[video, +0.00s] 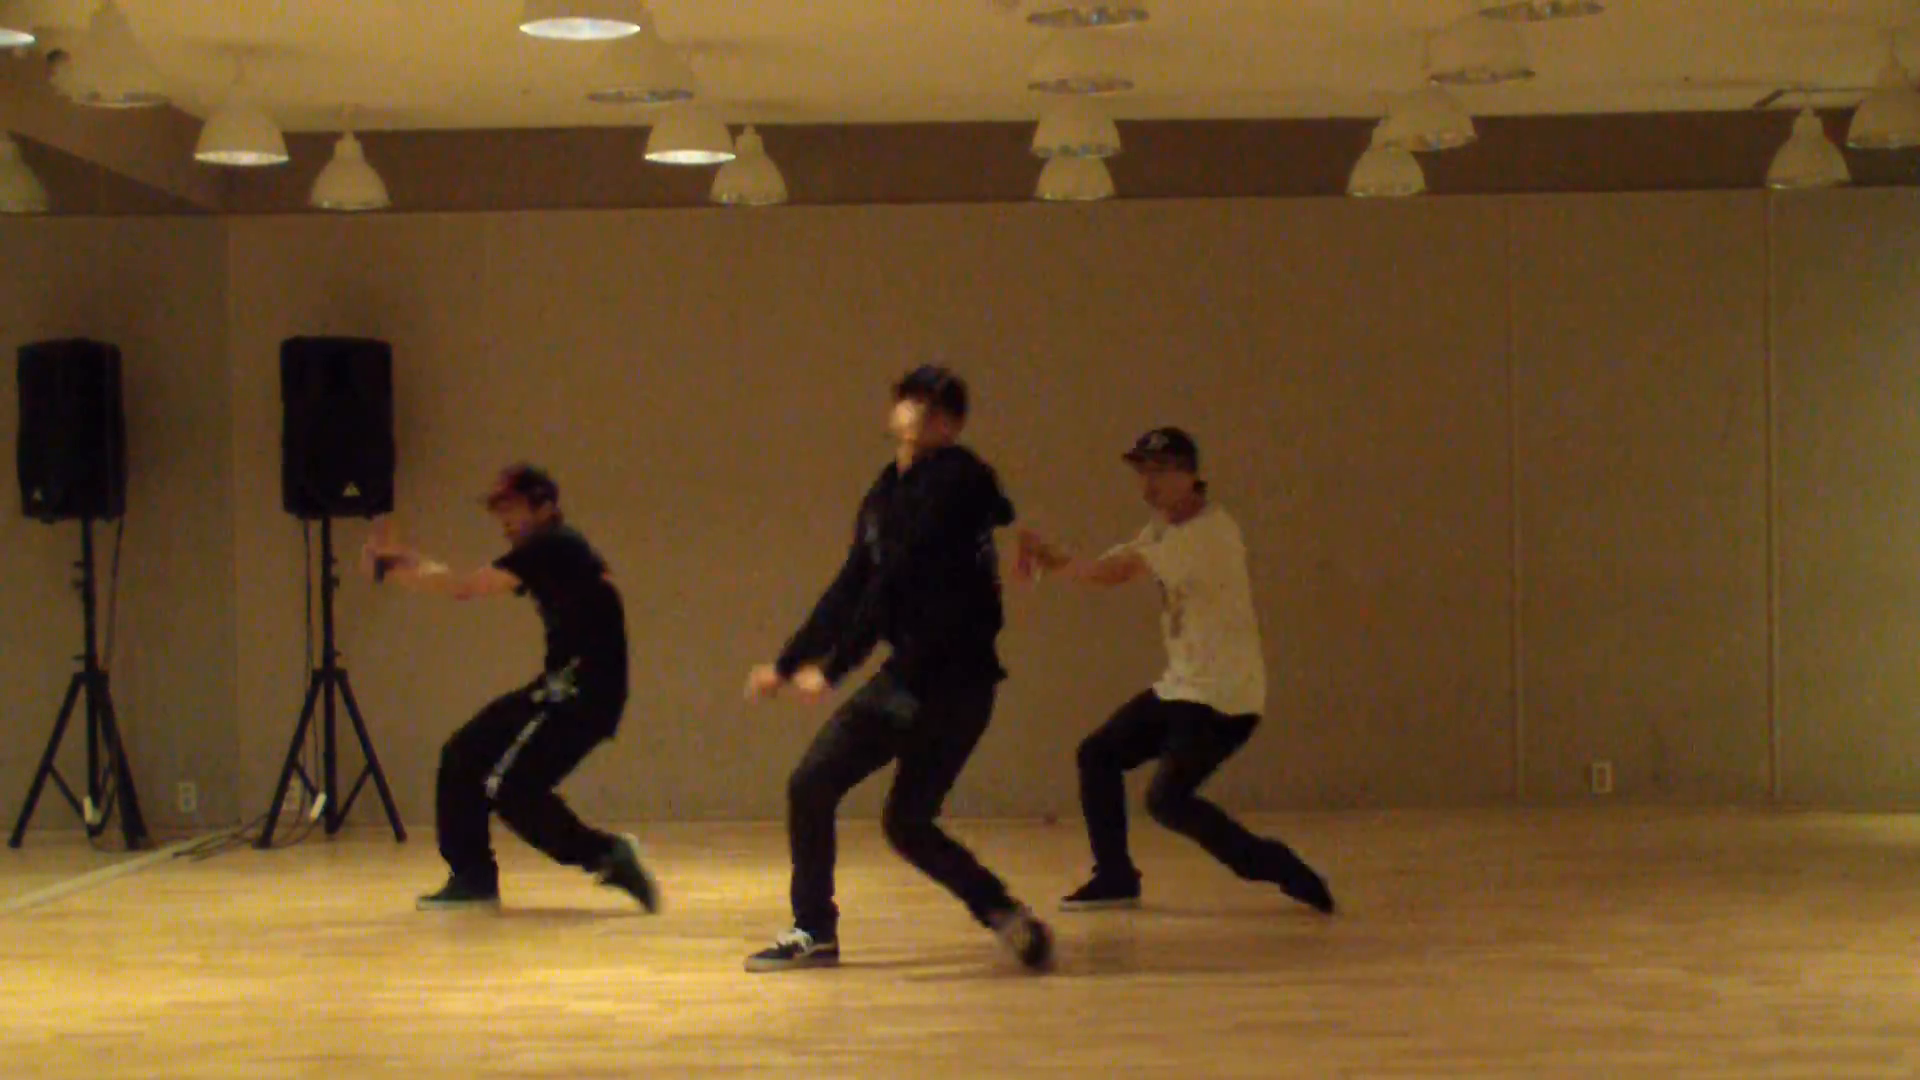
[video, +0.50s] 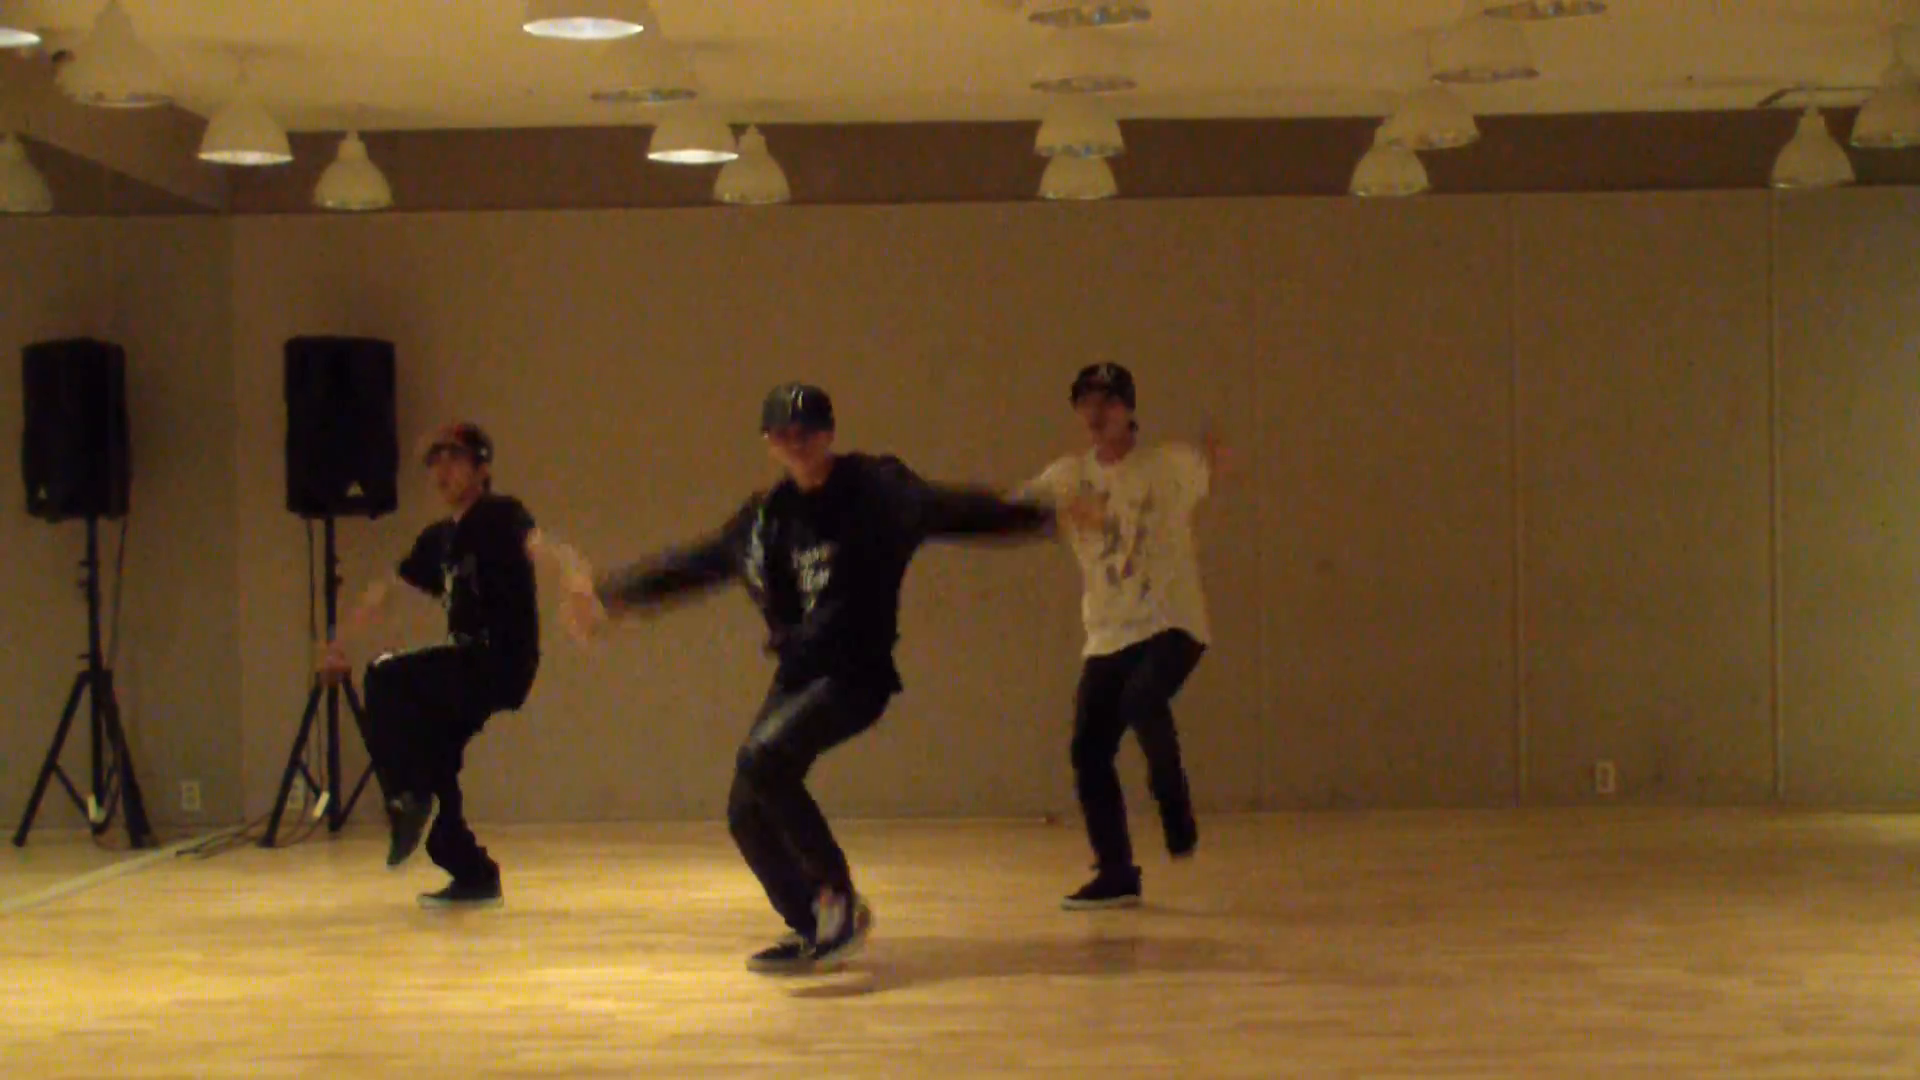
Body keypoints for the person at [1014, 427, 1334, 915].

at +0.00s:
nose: (1148, 484)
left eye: (1159, 472)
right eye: (1143, 473)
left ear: (1189, 476)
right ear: (1141, 476)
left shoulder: (1211, 533)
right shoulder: (1164, 530)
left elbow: (1123, 571)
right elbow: (1112, 565)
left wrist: (1056, 564)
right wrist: (1053, 558)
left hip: (1226, 700)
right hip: (1179, 689)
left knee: (1166, 799)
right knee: (1097, 756)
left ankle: (1279, 866)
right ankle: (1113, 873)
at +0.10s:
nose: (1108, 497)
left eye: (1119, 485)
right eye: (1104, 486)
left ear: (1150, 485)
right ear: (1103, 486)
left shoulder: (1182, 538)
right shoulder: (1128, 532)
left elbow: (1105, 596)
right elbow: (1083, 585)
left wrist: (1035, 629)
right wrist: (1028, 613)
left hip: (1203, 696)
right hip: (1153, 687)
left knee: (1132, 785)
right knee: (1081, 761)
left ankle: (1244, 865)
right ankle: (1113, 874)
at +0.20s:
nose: (1086, 503)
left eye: (1098, 491)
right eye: (1080, 491)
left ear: (1127, 491)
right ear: (1075, 491)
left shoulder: (1160, 540)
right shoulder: (1099, 534)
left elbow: (1106, 618)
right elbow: (1072, 606)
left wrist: (1051, 675)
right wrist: (1034, 660)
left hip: (1187, 688)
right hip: (1133, 684)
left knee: (1119, 771)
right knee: (1069, 763)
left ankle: (1215, 855)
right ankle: (1112, 874)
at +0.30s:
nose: (1074, 488)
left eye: (1084, 476)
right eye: (1068, 476)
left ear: (1113, 480)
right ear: (1064, 480)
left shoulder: (1151, 534)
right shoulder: (1079, 531)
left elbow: (1144, 635)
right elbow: (1069, 615)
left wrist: (1098, 699)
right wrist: (1050, 687)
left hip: (1178, 675)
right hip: (1121, 676)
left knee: (1113, 740)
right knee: (1062, 761)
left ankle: (1186, 819)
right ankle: (1111, 872)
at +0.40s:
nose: (1079, 460)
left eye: (1089, 448)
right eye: (1072, 450)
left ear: (1117, 450)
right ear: (1066, 454)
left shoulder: (1160, 504)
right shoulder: (1070, 512)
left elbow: (1195, 584)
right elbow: (1042, 591)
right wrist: (1008, 650)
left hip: (1170, 653)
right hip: (1106, 664)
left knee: (1124, 709)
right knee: (1070, 763)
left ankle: (1165, 769)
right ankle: (1111, 870)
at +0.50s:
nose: (1096, 420)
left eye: (1106, 409)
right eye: (1086, 411)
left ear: (1130, 411)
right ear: (1077, 417)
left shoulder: (1170, 465)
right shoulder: (1069, 477)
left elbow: (1204, 477)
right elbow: (1010, 508)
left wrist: (1219, 469)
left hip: (1174, 625)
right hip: (1109, 638)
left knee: (1143, 699)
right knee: (1089, 749)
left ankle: (1174, 811)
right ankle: (1115, 870)